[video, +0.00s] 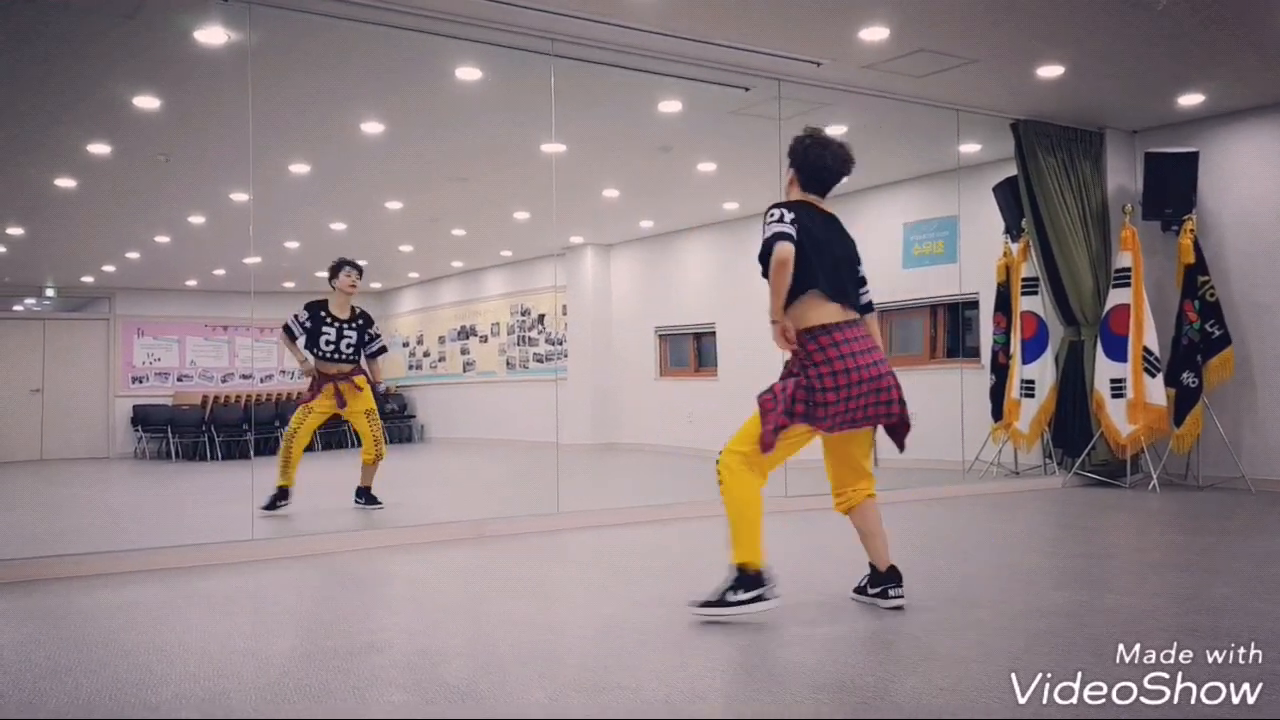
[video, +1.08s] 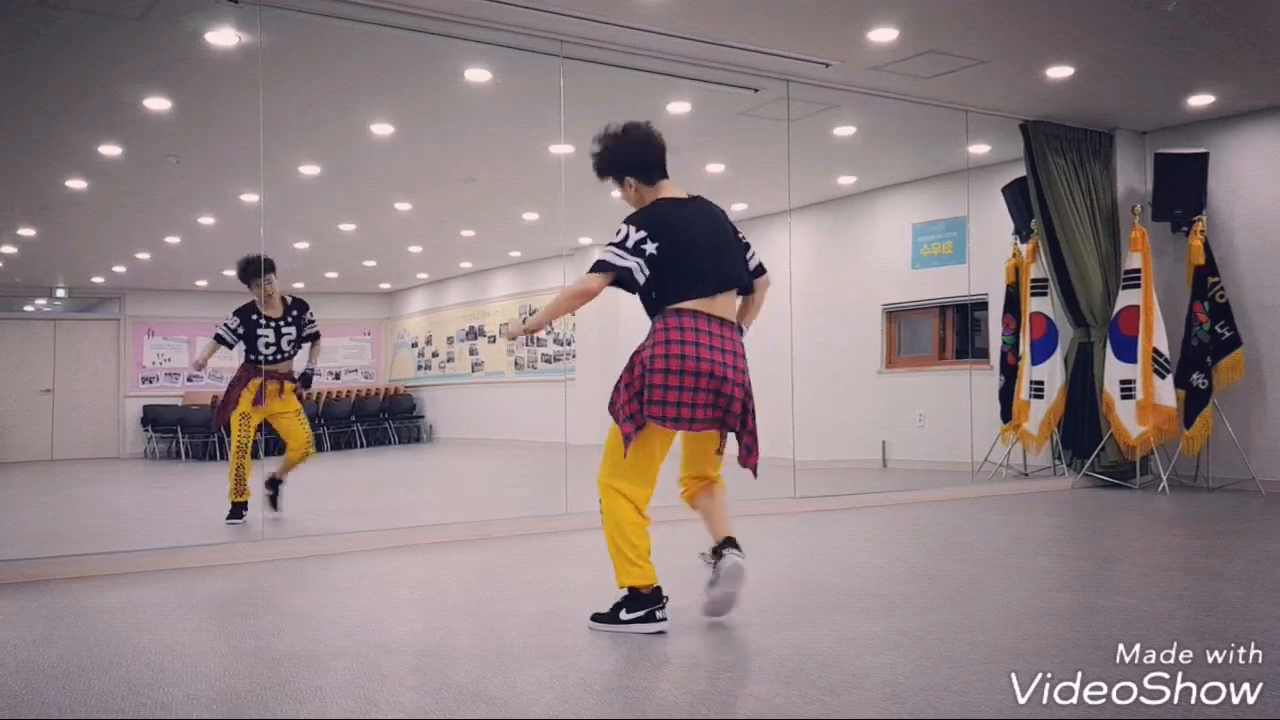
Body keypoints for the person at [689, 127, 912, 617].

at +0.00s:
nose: (784, 177)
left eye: (785, 170)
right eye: (789, 171)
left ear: (792, 175)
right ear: (832, 184)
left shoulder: (783, 214)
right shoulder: (840, 231)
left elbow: (783, 257)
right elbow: (866, 308)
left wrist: (777, 315)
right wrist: (877, 368)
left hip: (824, 370)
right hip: (863, 365)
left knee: (737, 461)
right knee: (854, 484)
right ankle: (885, 575)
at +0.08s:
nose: (769, 170)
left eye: (772, 164)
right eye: (773, 163)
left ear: (778, 169)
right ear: (817, 177)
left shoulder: (772, 207)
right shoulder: (825, 227)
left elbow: (768, 248)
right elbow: (854, 302)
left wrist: (751, 299)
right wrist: (863, 363)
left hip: (805, 361)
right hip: (846, 357)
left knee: (742, 471)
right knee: (845, 479)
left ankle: (691, 580)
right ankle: (884, 574)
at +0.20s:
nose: (736, 155)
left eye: (738, 148)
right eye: (739, 147)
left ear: (746, 153)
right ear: (785, 160)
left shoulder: (735, 196)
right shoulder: (799, 213)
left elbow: (709, 255)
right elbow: (835, 278)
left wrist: (678, 287)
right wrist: (832, 343)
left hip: (755, 342)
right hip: (801, 342)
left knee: (717, 472)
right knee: (823, 461)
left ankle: (670, 589)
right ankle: (870, 568)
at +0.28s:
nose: (719, 147)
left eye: (721, 140)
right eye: (723, 140)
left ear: (728, 145)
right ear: (771, 151)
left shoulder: (709, 190)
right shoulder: (787, 206)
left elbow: (676, 257)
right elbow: (827, 268)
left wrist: (643, 291)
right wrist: (815, 330)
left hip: (729, 338)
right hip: (782, 338)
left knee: (696, 472)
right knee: (803, 463)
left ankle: (665, 589)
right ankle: (841, 575)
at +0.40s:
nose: (691, 136)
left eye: (692, 128)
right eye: (694, 128)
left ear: (699, 133)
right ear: (746, 139)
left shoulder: (673, 185)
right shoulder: (764, 193)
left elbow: (630, 250)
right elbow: (812, 253)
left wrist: (590, 313)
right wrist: (786, 312)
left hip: (695, 333)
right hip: (754, 334)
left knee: (673, 470)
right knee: (750, 467)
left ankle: (662, 592)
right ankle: (760, 574)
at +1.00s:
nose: (623, 177)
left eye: (621, 166)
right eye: (621, 166)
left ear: (632, 164)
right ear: (670, 154)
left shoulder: (641, 213)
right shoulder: (714, 209)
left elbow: (607, 286)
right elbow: (746, 280)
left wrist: (552, 314)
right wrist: (736, 344)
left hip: (667, 347)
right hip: (723, 352)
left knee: (622, 482)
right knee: (683, 485)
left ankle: (641, 595)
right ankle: (702, 548)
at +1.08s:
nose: (622, 197)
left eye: (619, 187)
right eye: (618, 188)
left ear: (631, 180)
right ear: (663, 168)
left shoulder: (643, 222)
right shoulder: (715, 214)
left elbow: (588, 287)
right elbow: (759, 281)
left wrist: (536, 321)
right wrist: (733, 334)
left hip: (671, 351)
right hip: (727, 356)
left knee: (620, 480)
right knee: (703, 475)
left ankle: (642, 594)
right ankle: (727, 547)